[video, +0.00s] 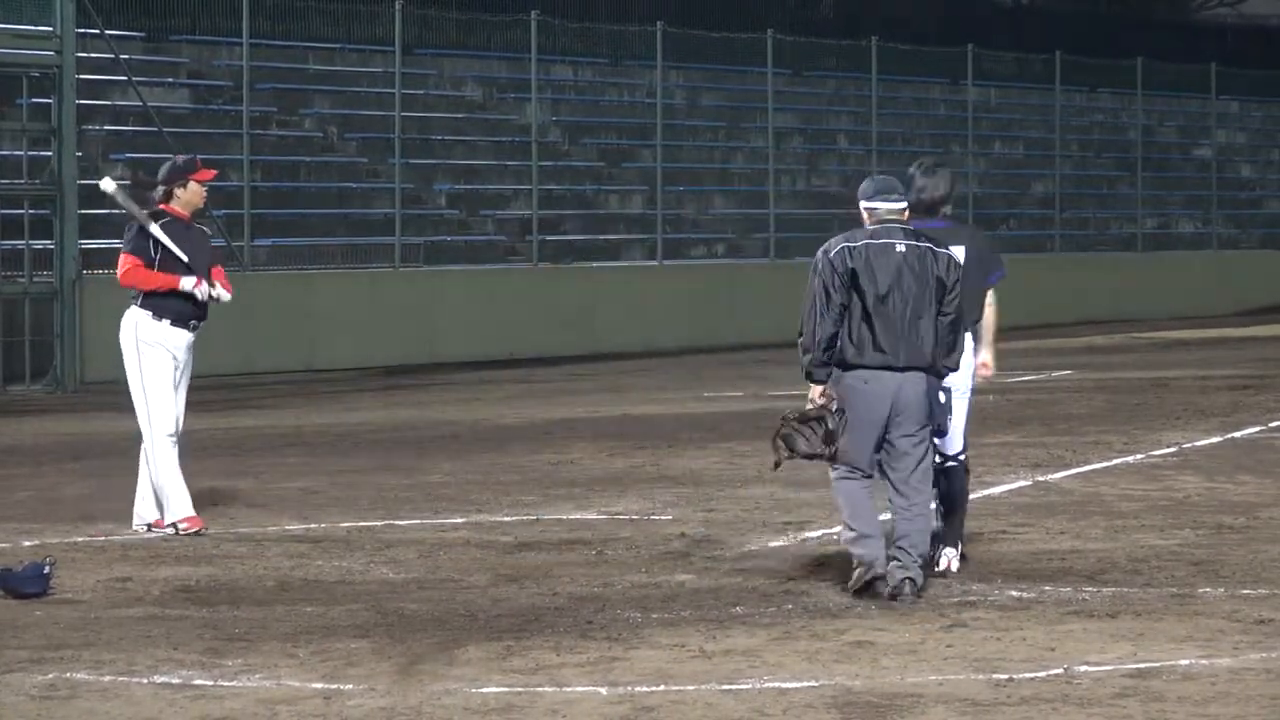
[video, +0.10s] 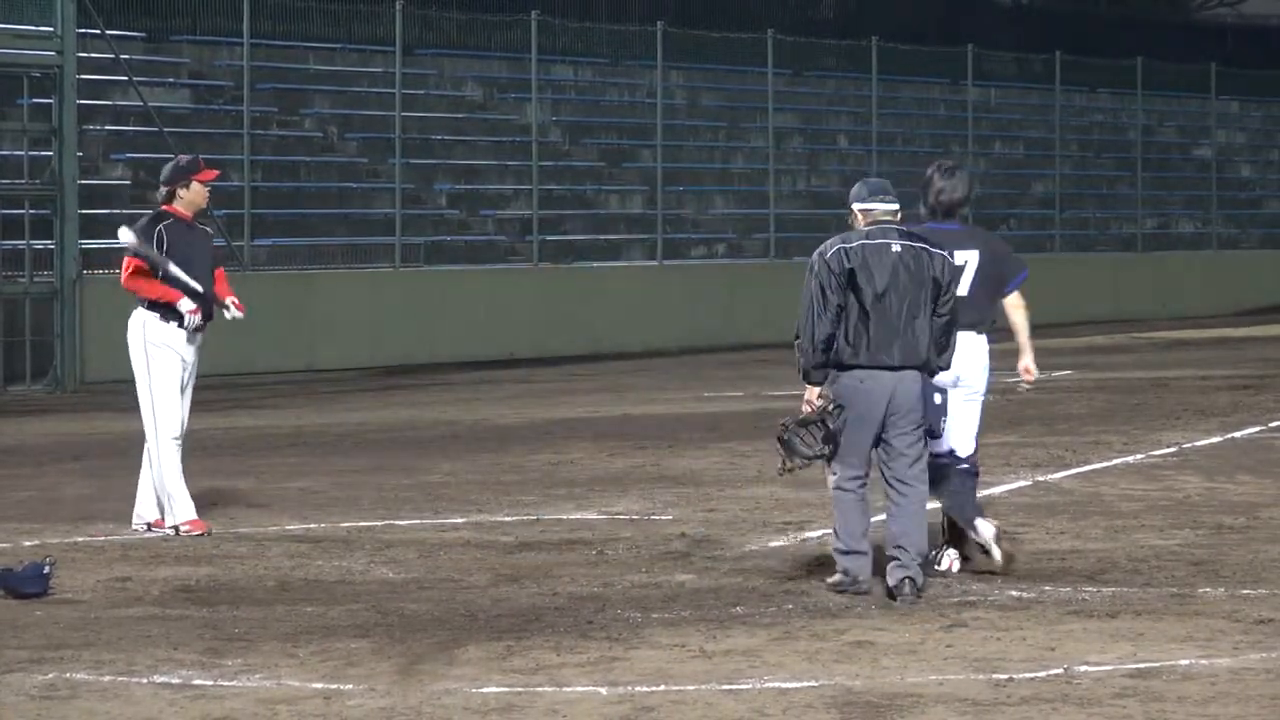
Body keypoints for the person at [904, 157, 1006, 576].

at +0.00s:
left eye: (913, 194)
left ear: (910, 197)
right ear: (948, 196)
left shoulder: (896, 241)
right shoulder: (973, 240)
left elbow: (884, 302)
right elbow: (988, 299)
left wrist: (886, 348)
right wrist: (986, 350)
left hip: (906, 356)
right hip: (957, 355)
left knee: (914, 449)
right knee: (952, 450)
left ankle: (919, 538)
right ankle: (951, 543)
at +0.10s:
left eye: (930, 192)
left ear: (926, 197)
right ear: (966, 198)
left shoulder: (910, 241)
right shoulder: (988, 244)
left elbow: (896, 300)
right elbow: (1014, 299)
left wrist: (894, 346)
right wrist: (1025, 350)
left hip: (923, 346)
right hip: (973, 348)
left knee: (932, 448)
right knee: (963, 449)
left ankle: (973, 522)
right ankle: (953, 545)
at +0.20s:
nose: (941, 204)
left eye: (941, 198)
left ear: (940, 203)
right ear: (980, 203)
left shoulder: (924, 248)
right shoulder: (1001, 247)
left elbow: (908, 307)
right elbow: (1033, 302)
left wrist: (908, 357)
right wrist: (1054, 357)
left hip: (950, 355)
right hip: (996, 354)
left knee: (973, 457)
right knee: (967, 450)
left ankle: (1018, 541)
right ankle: (957, 543)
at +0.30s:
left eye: (954, 201)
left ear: (952, 206)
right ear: (992, 206)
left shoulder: (937, 251)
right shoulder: (1014, 248)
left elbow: (921, 311)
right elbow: (1043, 306)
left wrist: (916, 366)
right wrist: (1065, 362)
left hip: (965, 360)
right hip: (1012, 357)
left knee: (991, 457)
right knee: (978, 450)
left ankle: (1031, 553)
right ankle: (962, 545)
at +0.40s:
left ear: (959, 206)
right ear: (1000, 206)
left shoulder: (945, 252)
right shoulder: (1024, 249)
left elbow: (939, 316)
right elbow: (1048, 308)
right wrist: (1066, 365)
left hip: (974, 357)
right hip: (1019, 354)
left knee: (998, 455)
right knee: (987, 449)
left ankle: (1031, 555)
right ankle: (971, 545)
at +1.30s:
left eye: (947, 199)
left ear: (946, 205)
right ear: (984, 203)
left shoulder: (933, 252)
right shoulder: (1010, 241)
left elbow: (927, 324)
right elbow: (1037, 302)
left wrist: (944, 365)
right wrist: (1057, 355)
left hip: (967, 358)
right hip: (1011, 355)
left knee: (989, 456)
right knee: (966, 450)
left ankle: (1026, 555)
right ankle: (943, 546)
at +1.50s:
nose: (916, 205)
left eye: (918, 198)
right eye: (918, 198)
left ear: (926, 203)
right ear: (961, 199)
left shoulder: (922, 246)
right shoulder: (988, 243)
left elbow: (911, 313)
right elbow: (1008, 305)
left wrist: (908, 369)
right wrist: (1019, 356)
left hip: (944, 355)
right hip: (982, 352)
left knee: (965, 456)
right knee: (952, 452)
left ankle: (1015, 546)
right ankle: (936, 550)